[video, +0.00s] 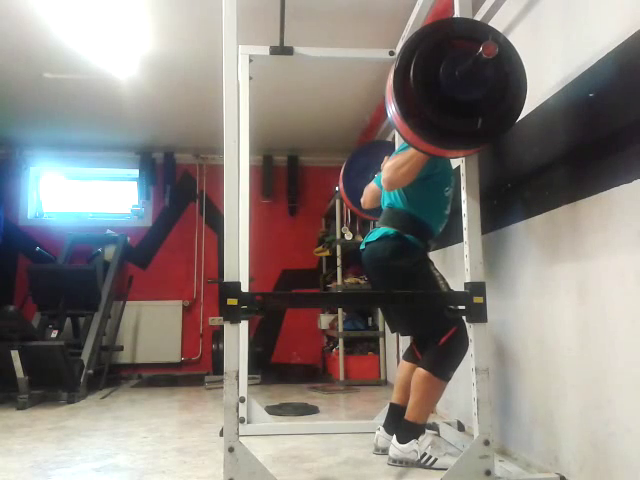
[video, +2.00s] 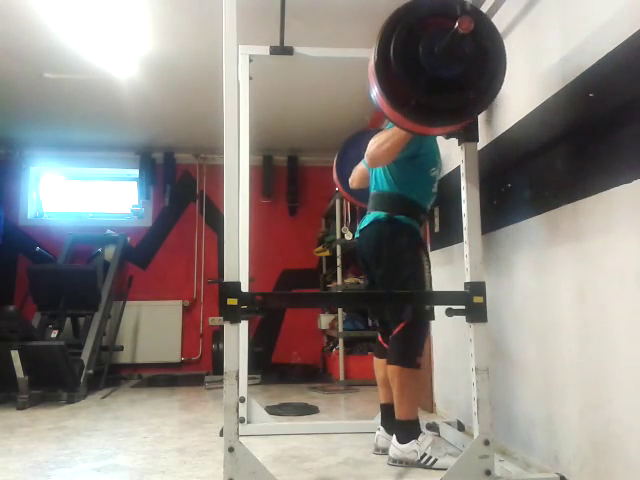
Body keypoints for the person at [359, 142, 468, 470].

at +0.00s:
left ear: (418, 115)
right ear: (438, 112)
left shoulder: (410, 149)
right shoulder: (423, 143)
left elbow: (367, 200)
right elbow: (390, 178)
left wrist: (387, 169)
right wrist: (428, 143)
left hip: (380, 250)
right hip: (397, 250)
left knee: (426, 338)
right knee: (451, 338)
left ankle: (394, 427)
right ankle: (409, 440)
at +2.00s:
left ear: (411, 97)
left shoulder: (403, 133)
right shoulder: (410, 124)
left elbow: (356, 179)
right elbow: (374, 154)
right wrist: (414, 119)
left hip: (377, 228)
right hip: (393, 230)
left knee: (388, 331)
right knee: (408, 330)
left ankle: (390, 427)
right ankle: (409, 439)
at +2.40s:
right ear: (409, 102)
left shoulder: (404, 141)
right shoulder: (391, 132)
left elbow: (341, 181)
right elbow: (355, 160)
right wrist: (394, 127)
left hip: (372, 232)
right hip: (373, 232)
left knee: (383, 329)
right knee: (410, 316)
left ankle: (391, 425)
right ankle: (385, 431)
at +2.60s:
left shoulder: (393, 138)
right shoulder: (377, 131)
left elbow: (333, 182)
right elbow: (344, 163)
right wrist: (386, 127)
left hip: (381, 236)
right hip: (362, 231)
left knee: (390, 323)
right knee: (359, 325)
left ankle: (392, 430)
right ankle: (323, 442)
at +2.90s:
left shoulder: (373, 135)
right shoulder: (361, 124)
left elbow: (313, 177)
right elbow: (321, 156)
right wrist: (364, 120)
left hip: (355, 233)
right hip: (336, 228)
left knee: (363, 332)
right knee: (340, 329)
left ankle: (390, 428)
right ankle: (320, 446)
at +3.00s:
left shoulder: (370, 131)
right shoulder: (356, 122)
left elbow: (305, 176)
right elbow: (315, 155)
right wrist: (358, 122)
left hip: (342, 229)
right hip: (327, 226)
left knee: (351, 330)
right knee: (333, 329)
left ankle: (378, 422)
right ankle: (320, 445)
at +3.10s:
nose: (403, 122)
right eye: (399, 115)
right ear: (381, 104)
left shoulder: (366, 136)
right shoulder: (353, 126)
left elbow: (300, 176)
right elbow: (310, 154)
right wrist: (353, 124)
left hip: (335, 231)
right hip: (320, 227)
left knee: (344, 326)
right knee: (330, 328)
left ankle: (340, 414)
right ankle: (320, 445)